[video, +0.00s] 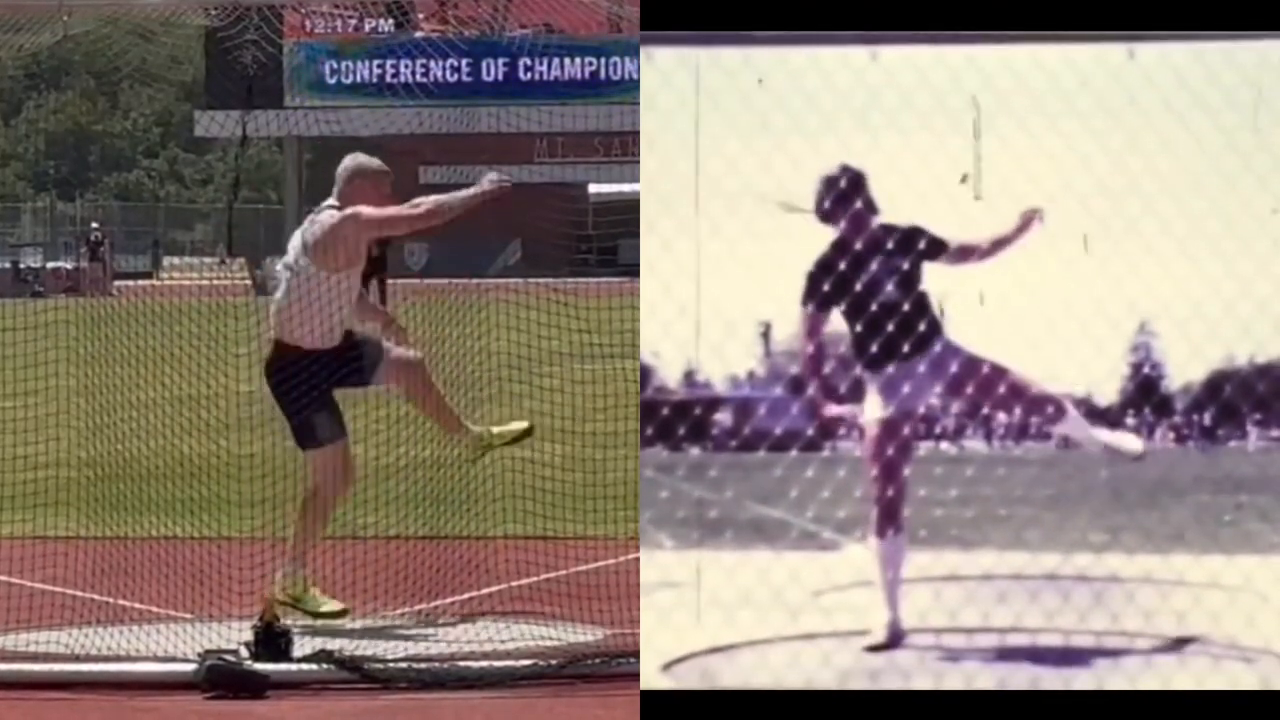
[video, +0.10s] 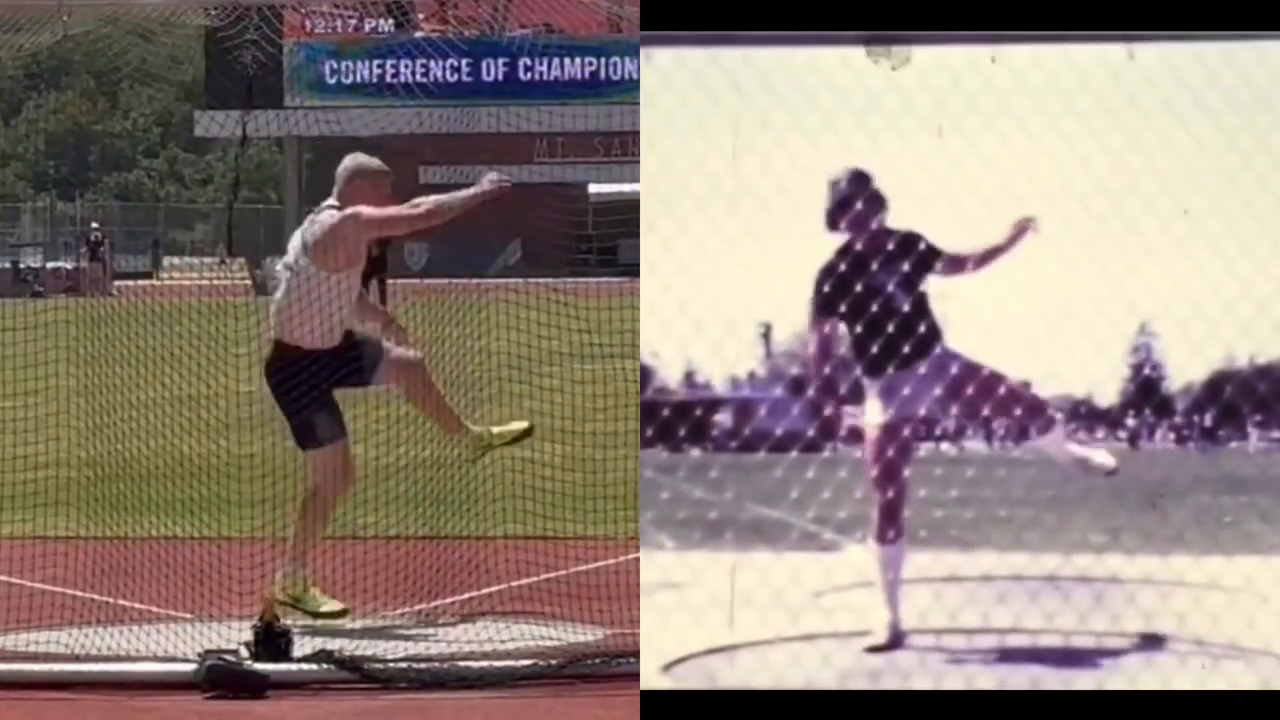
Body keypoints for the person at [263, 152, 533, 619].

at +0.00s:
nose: (387, 197)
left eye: (387, 189)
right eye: (381, 189)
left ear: (356, 191)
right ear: (358, 189)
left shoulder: (346, 228)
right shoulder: (336, 223)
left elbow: (343, 296)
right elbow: (421, 216)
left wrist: (384, 320)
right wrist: (479, 192)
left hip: (333, 349)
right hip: (295, 364)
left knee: (410, 367)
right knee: (335, 476)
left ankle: (469, 437)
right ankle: (291, 583)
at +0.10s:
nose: (387, 198)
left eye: (387, 189)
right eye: (381, 189)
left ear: (355, 191)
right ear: (358, 189)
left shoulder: (346, 228)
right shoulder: (336, 223)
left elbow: (343, 296)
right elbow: (421, 216)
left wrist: (385, 320)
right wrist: (479, 192)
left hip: (333, 349)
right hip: (295, 364)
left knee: (410, 367)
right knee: (335, 476)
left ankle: (469, 437)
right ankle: (292, 583)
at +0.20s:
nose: (394, 206)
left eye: (396, 197)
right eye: (390, 197)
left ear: (359, 190)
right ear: (368, 192)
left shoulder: (340, 221)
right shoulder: (352, 225)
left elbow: (338, 293)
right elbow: (434, 206)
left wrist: (368, 331)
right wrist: (487, 177)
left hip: (332, 351)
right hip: (304, 362)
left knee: (385, 375)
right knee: (345, 475)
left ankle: (414, 439)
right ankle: (313, 585)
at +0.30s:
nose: (402, 206)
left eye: (402, 199)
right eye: (399, 198)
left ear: (362, 193)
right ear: (381, 196)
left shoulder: (333, 224)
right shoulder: (369, 228)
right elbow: (449, 212)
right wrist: (498, 166)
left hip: (298, 352)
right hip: (319, 359)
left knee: (357, 359)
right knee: (351, 475)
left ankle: (357, 444)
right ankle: (323, 591)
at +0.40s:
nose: (408, 210)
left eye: (408, 202)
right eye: (405, 201)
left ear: (369, 195)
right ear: (389, 199)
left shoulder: (333, 229)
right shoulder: (383, 236)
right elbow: (468, 221)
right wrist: (505, 165)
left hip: (298, 356)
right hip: (337, 368)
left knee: (309, 391)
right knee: (356, 488)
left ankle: (302, 452)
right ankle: (322, 593)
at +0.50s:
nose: (408, 210)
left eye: (408, 202)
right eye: (405, 201)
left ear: (369, 195)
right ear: (389, 199)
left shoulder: (333, 228)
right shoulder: (383, 236)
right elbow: (468, 221)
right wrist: (505, 165)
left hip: (298, 356)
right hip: (337, 368)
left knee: (309, 392)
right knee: (356, 488)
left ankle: (302, 452)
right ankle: (322, 593)